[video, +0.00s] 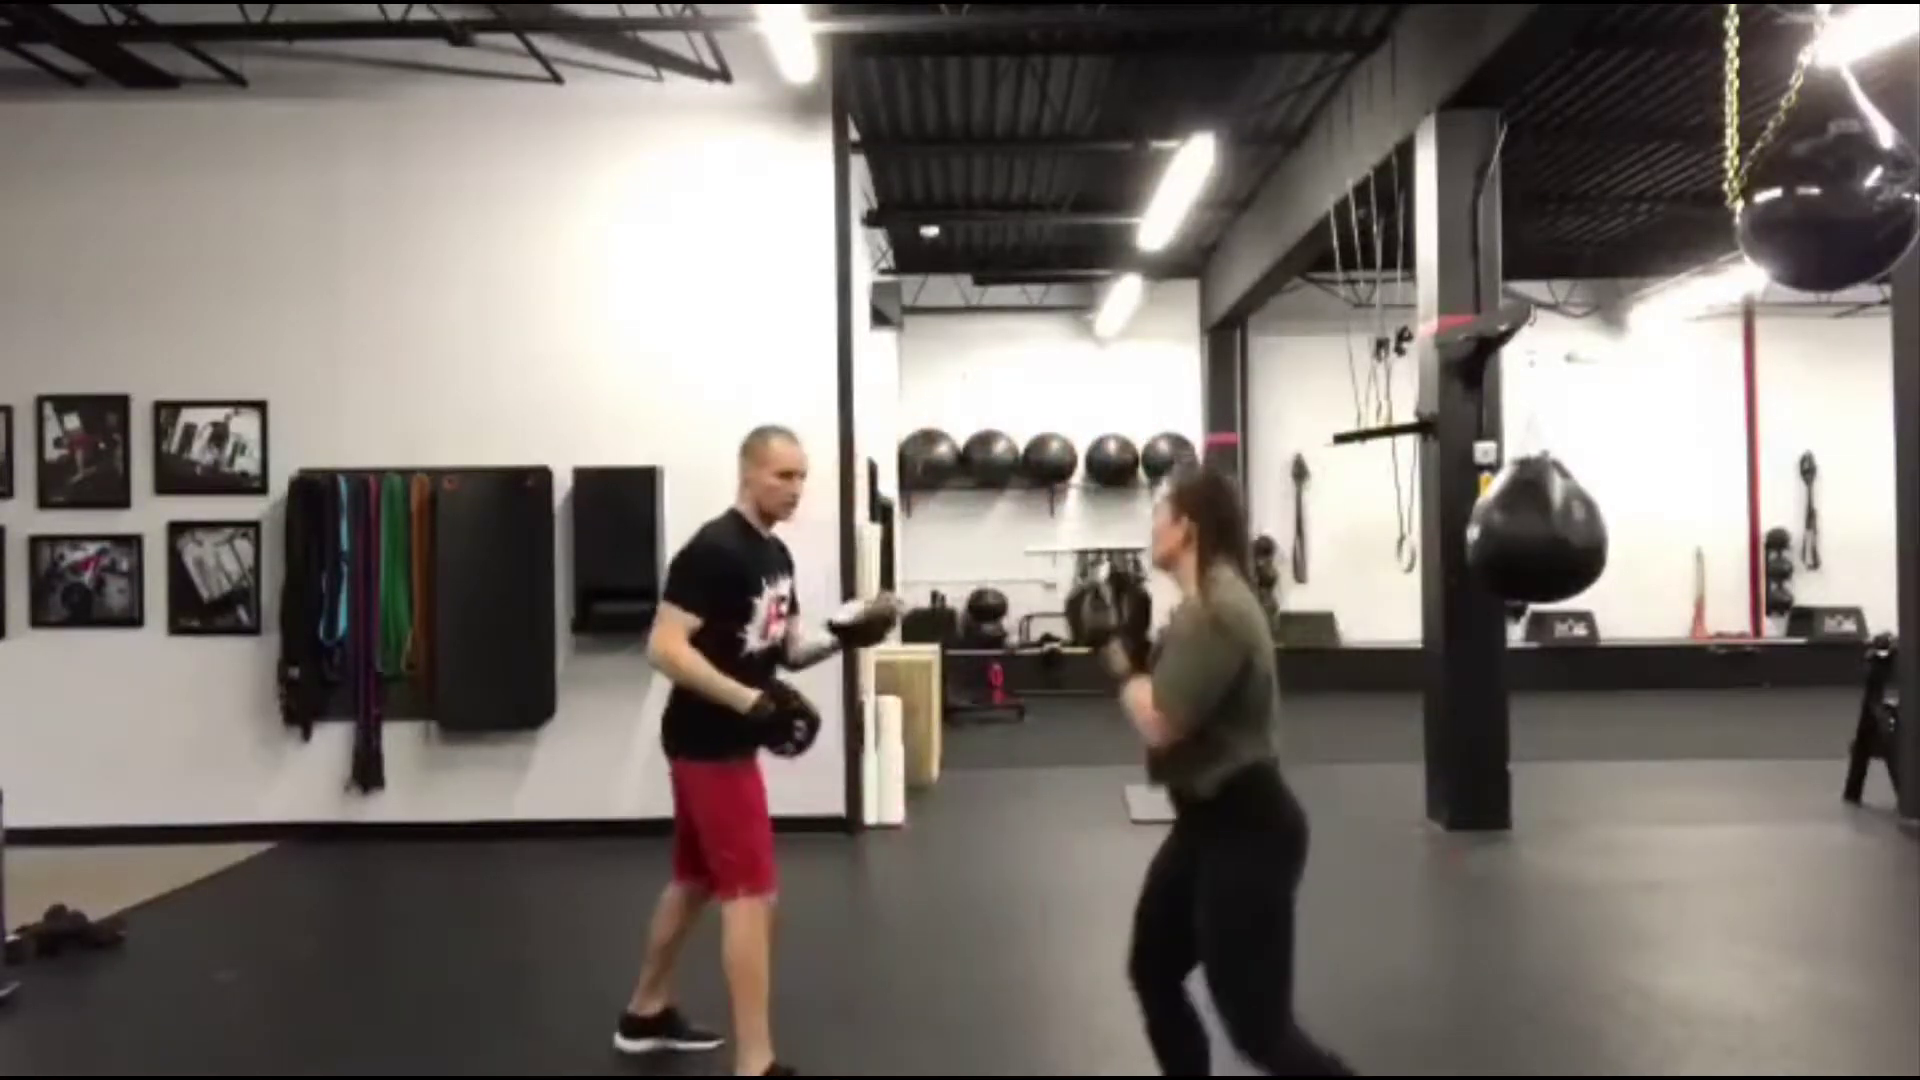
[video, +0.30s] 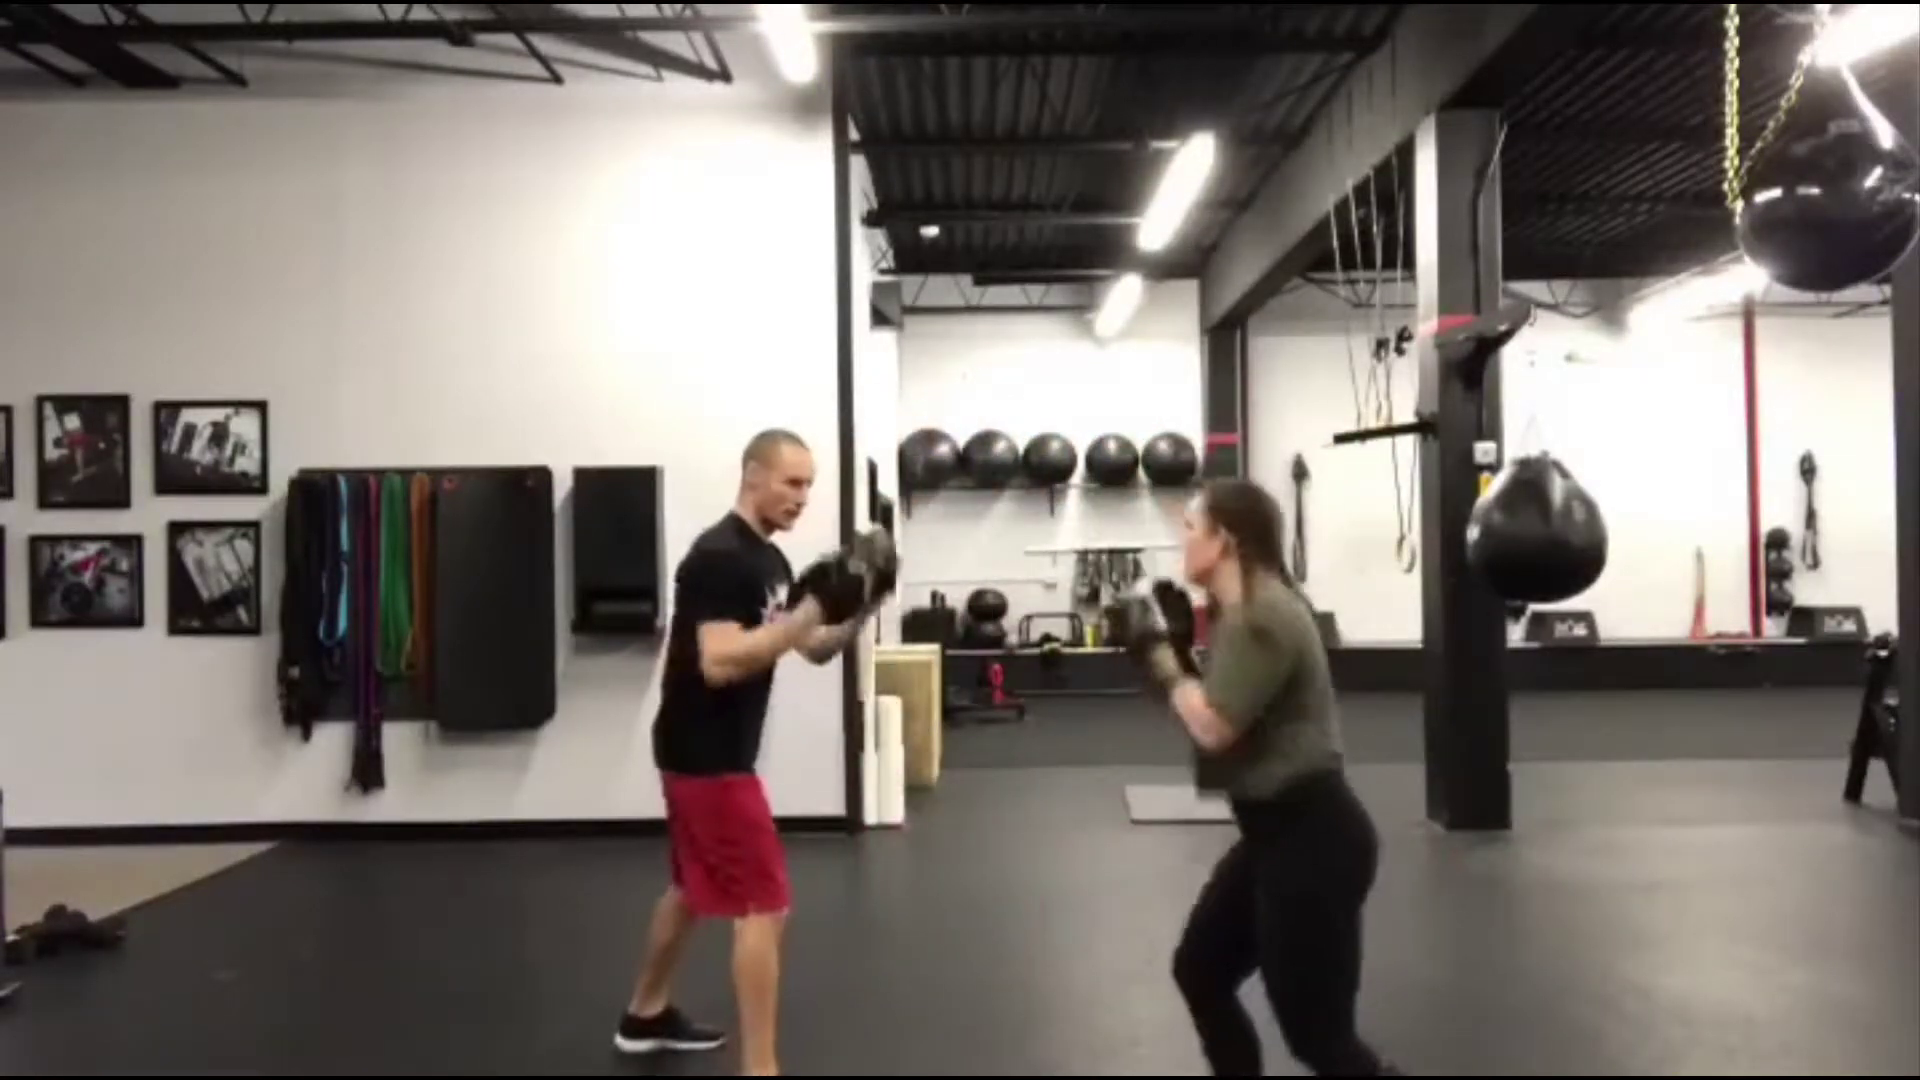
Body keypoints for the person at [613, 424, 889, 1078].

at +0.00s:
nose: (795, 489)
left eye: (800, 478)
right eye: (784, 476)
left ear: (798, 480)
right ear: (747, 475)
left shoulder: (775, 555)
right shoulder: (712, 550)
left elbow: (783, 651)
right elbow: (664, 645)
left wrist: (845, 634)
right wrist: (751, 701)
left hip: (728, 744)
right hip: (709, 748)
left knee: (693, 881)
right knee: (749, 893)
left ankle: (645, 1012)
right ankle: (755, 1061)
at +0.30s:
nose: (801, 499)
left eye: (807, 487)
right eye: (792, 484)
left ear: (800, 488)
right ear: (751, 477)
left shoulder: (770, 561)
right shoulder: (715, 557)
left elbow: (816, 648)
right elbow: (718, 660)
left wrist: (856, 607)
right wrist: (805, 615)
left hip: (713, 759)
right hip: (708, 762)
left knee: (692, 889)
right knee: (764, 906)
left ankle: (645, 1014)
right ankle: (760, 1066)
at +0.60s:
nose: (793, 502)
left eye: (798, 490)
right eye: (783, 489)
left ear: (786, 493)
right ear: (742, 487)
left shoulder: (750, 563)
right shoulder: (712, 563)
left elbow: (758, 664)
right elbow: (713, 664)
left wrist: (813, 619)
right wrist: (799, 613)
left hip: (704, 757)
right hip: (700, 761)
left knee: (691, 884)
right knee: (764, 904)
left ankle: (625, 1002)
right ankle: (761, 1066)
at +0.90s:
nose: (774, 498)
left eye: (778, 487)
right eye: (763, 485)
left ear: (761, 493)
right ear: (725, 486)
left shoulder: (738, 564)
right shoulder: (691, 561)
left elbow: (755, 662)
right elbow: (666, 668)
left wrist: (789, 612)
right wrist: (749, 624)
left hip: (683, 752)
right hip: (674, 756)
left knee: (670, 887)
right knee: (732, 900)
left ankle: (618, 1010)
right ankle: (746, 1063)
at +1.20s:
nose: (788, 506)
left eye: (792, 494)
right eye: (777, 491)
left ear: (757, 497)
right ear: (737, 491)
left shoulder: (734, 566)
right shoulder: (708, 565)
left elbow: (742, 670)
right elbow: (712, 670)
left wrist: (790, 617)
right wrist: (785, 610)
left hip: (671, 756)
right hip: (678, 762)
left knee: (676, 886)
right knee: (748, 906)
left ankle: (620, 1007)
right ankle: (737, 1066)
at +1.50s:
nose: (780, 513)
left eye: (783, 501)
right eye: (770, 500)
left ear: (749, 504)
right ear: (730, 499)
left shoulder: (733, 571)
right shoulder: (692, 570)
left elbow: (760, 663)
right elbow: (702, 674)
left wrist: (789, 612)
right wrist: (772, 615)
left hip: (673, 758)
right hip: (662, 762)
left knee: (671, 887)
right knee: (734, 904)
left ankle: (613, 1008)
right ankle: (735, 1066)